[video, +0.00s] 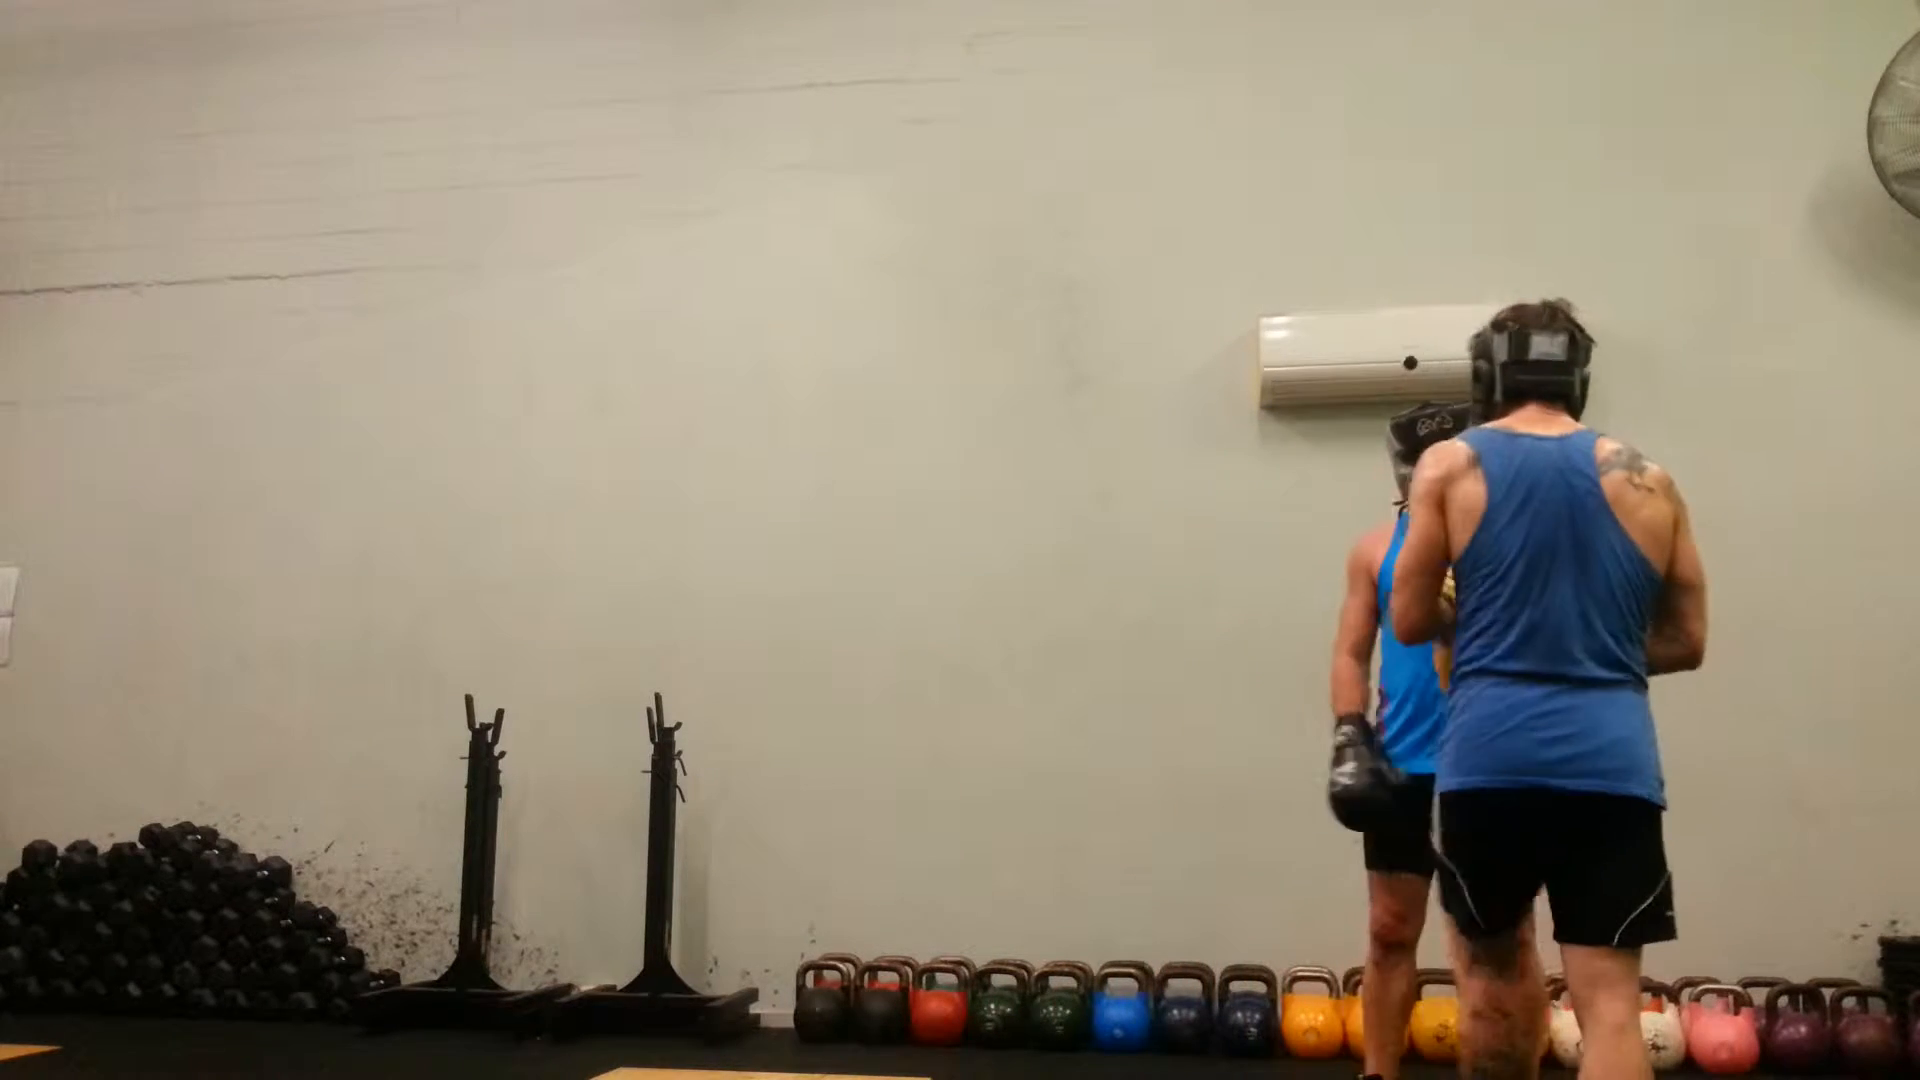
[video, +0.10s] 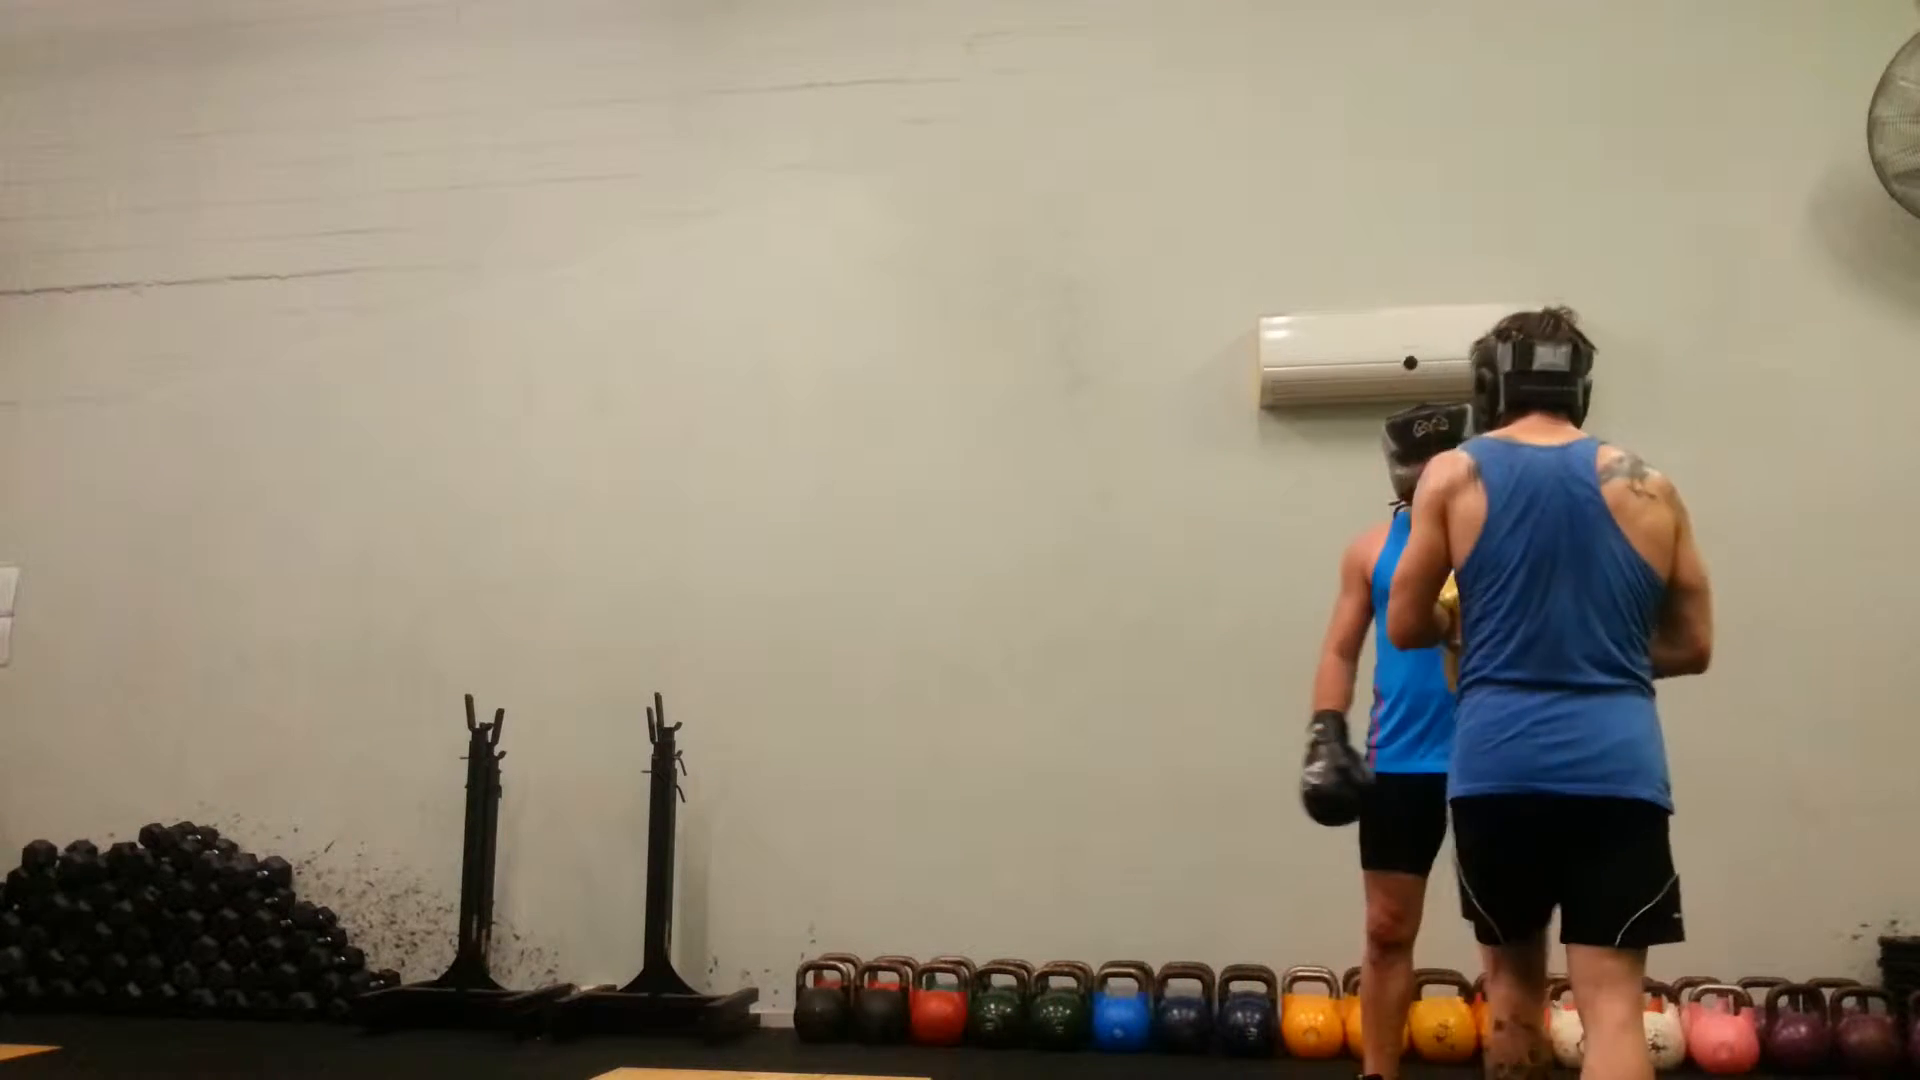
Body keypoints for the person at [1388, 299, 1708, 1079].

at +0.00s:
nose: (1485, 385)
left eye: (1485, 372)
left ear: (1491, 377)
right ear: (1578, 378)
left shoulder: (1449, 465)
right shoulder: (1649, 479)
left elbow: (1410, 620)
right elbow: (1684, 644)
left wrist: (1480, 613)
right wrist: (1580, 641)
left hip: (1486, 767)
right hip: (1612, 767)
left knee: (1492, 994)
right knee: (1610, 1006)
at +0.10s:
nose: (1486, 394)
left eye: (1486, 382)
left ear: (1493, 385)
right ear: (1580, 386)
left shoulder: (1453, 475)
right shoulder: (1650, 487)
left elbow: (1406, 626)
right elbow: (1690, 648)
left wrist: (1472, 615)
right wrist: (1590, 644)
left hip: (1496, 774)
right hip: (1618, 773)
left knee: (1512, 992)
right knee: (1613, 1007)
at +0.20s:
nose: (1475, 404)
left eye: (1477, 392)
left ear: (1486, 395)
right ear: (1575, 394)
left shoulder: (1450, 488)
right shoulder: (1651, 486)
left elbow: (1401, 636)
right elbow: (1704, 635)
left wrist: (1483, 632)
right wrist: (1604, 636)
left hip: (1500, 776)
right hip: (1620, 776)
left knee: (1516, 999)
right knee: (1615, 1002)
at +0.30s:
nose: (1466, 413)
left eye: (1470, 401)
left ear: (1481, 403)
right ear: (1569, 397)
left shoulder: (1449, 497)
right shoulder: (1650, 480)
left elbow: (1401, 640)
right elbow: (1710, 619)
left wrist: (1463, 671)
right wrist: (1611, 612)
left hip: (1508, 773)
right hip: (1629, 773)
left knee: (1522, 980)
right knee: (1640, 984)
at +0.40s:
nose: (1465, 422)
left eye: (1468, 410)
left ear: (1481, 411)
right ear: (1569, 403)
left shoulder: (1455, 501)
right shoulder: (1653, 479)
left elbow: (1393, 634)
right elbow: (1721, 614)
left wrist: (1456, 658)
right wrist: (1624, 600)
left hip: (1519, 772)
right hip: (1643, 771)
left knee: (1530, 969)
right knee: (1668, 969)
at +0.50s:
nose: (1476, 423)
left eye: (1481, 411)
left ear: (1497, 412)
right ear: (1581, 405)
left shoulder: (1471, 499)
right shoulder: (1668, 483)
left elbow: (1390, 615)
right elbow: (1738, 615)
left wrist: (1471, 631)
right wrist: (1642, 589)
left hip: (1536, 775)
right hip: (1659, 772)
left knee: (1537, 970)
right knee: (1697, 959)